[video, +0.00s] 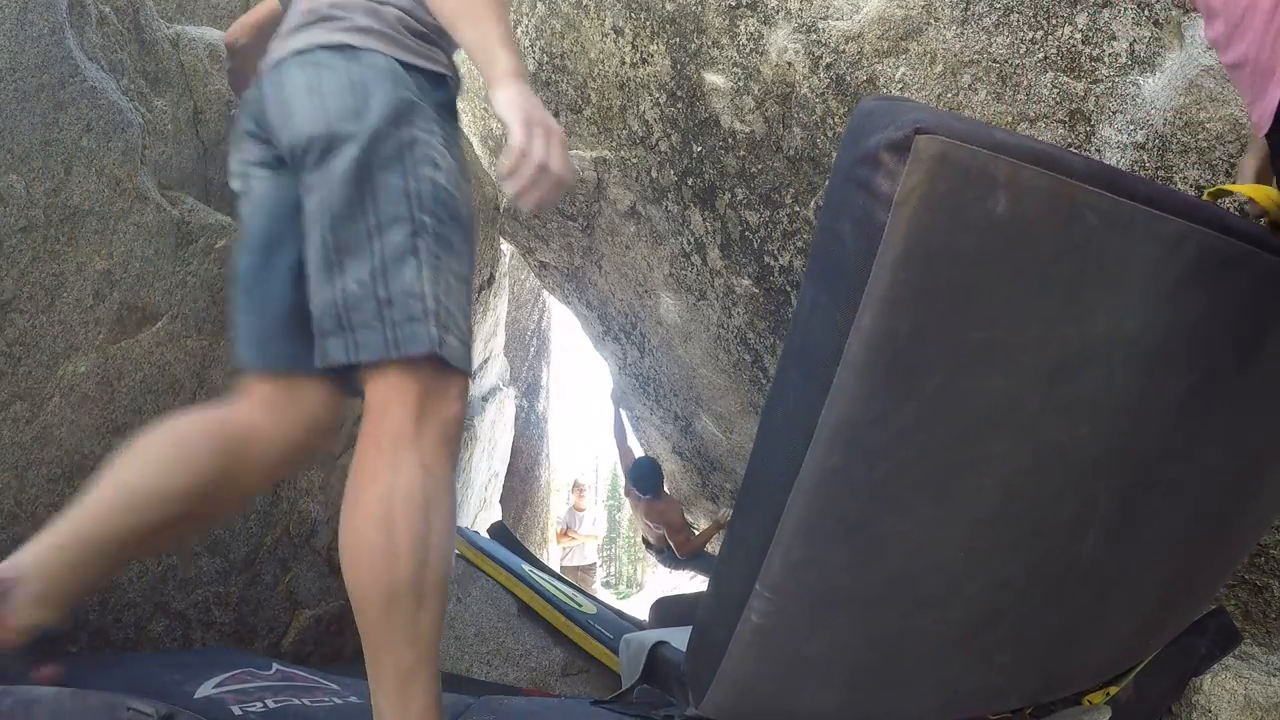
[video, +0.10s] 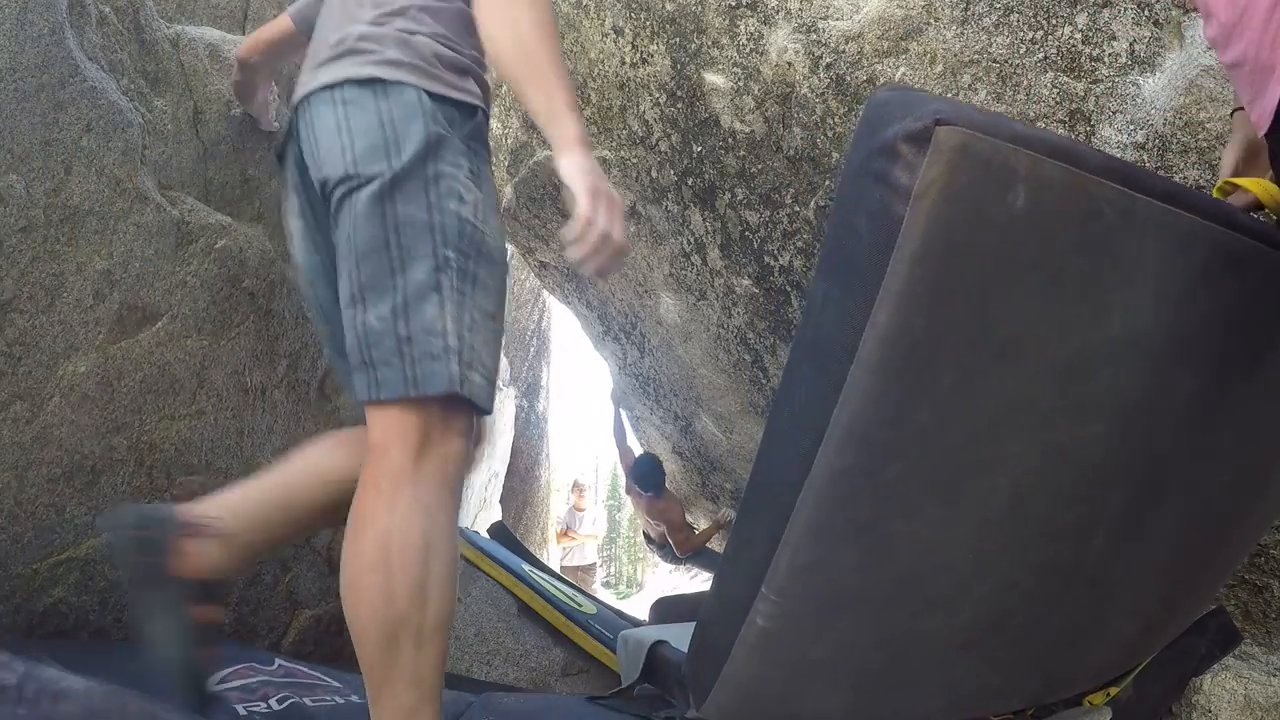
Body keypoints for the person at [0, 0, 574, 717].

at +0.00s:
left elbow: (246, 35)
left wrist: (258, 27)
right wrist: (509, 78)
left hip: (276, 77)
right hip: (374, 66)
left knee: (292, 403)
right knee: (417, 398)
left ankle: (23, 595)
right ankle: (409, 708)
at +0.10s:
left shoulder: (346, 9)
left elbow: (255, 48)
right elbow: (501, 5)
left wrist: (254, 89)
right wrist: (572, 145)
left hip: (315, 124)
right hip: (402, 99)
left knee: (411, 431)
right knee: (424, 436)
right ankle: (405, 705)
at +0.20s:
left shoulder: (362, 7)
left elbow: (265, 51)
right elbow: (529, 19)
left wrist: (259, 90)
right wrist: (613, 189)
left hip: (346, 148)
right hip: (423, 123)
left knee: (548, 395)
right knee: (434, 444)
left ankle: (397, 583)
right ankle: (409, 705)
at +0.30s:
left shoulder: (387, 7)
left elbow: (277, 50)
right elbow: (545, 26)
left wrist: (262, 99)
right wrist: (622, 197)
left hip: (366, 142)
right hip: (437, 125)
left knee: (592, 363)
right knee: (450, 440)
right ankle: (415, 705)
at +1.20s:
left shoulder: (428, 9)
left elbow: (327, 44)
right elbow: (611, 39)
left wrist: (267, 90)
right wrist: (734, 186)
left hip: (359, 153)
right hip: (434, 137)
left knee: (550, 379)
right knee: (470, 434)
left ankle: (588, 648)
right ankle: (425, 711)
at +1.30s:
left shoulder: (420, 14)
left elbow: (332, 41)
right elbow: (599, 17)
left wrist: (267, 92)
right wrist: (722, 155)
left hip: (353, 144)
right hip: (418, 132)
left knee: (544, 377)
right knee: (453, 434)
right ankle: (422, 708)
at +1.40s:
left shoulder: (428, 16)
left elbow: (327, 39)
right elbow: (581, 8)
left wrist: (268, 93)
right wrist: (669, 114)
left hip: (360, 136)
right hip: (405, 130)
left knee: (512, 401)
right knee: (448, 426)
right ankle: (420, 710)